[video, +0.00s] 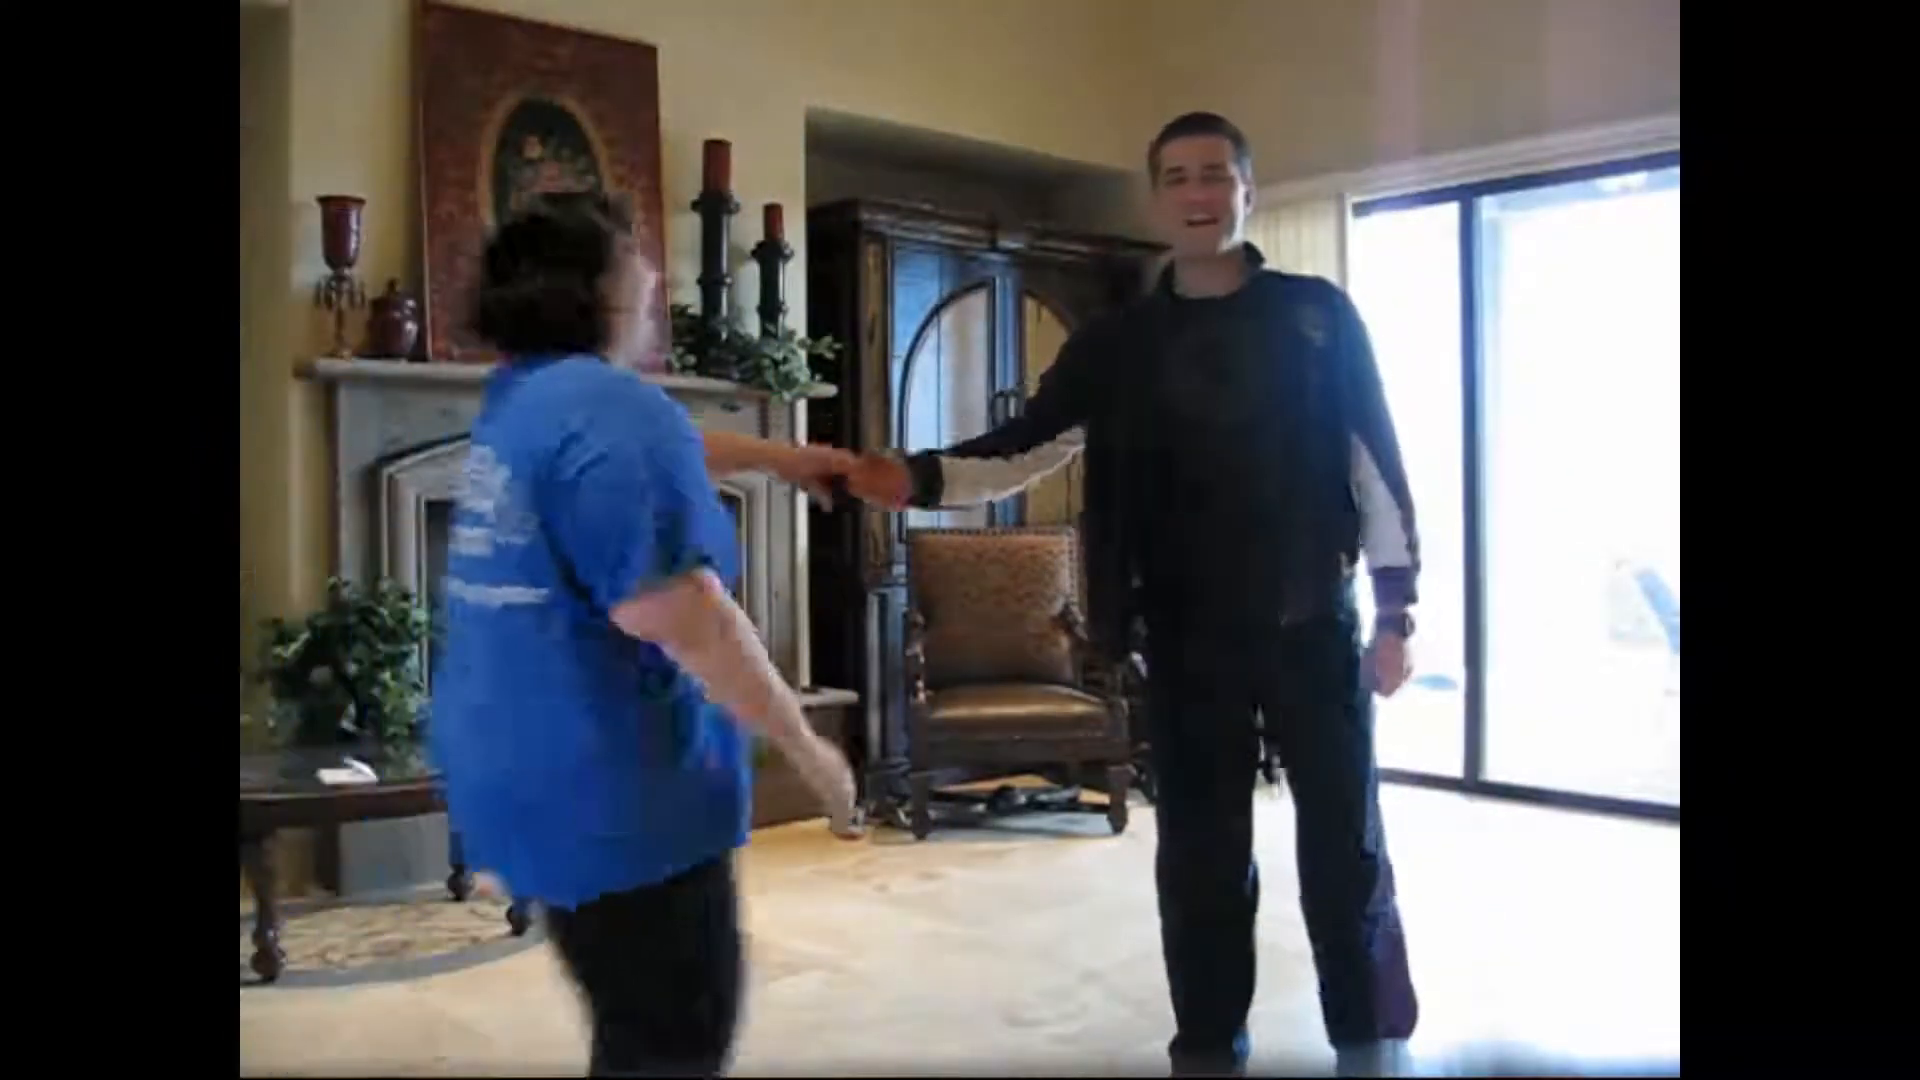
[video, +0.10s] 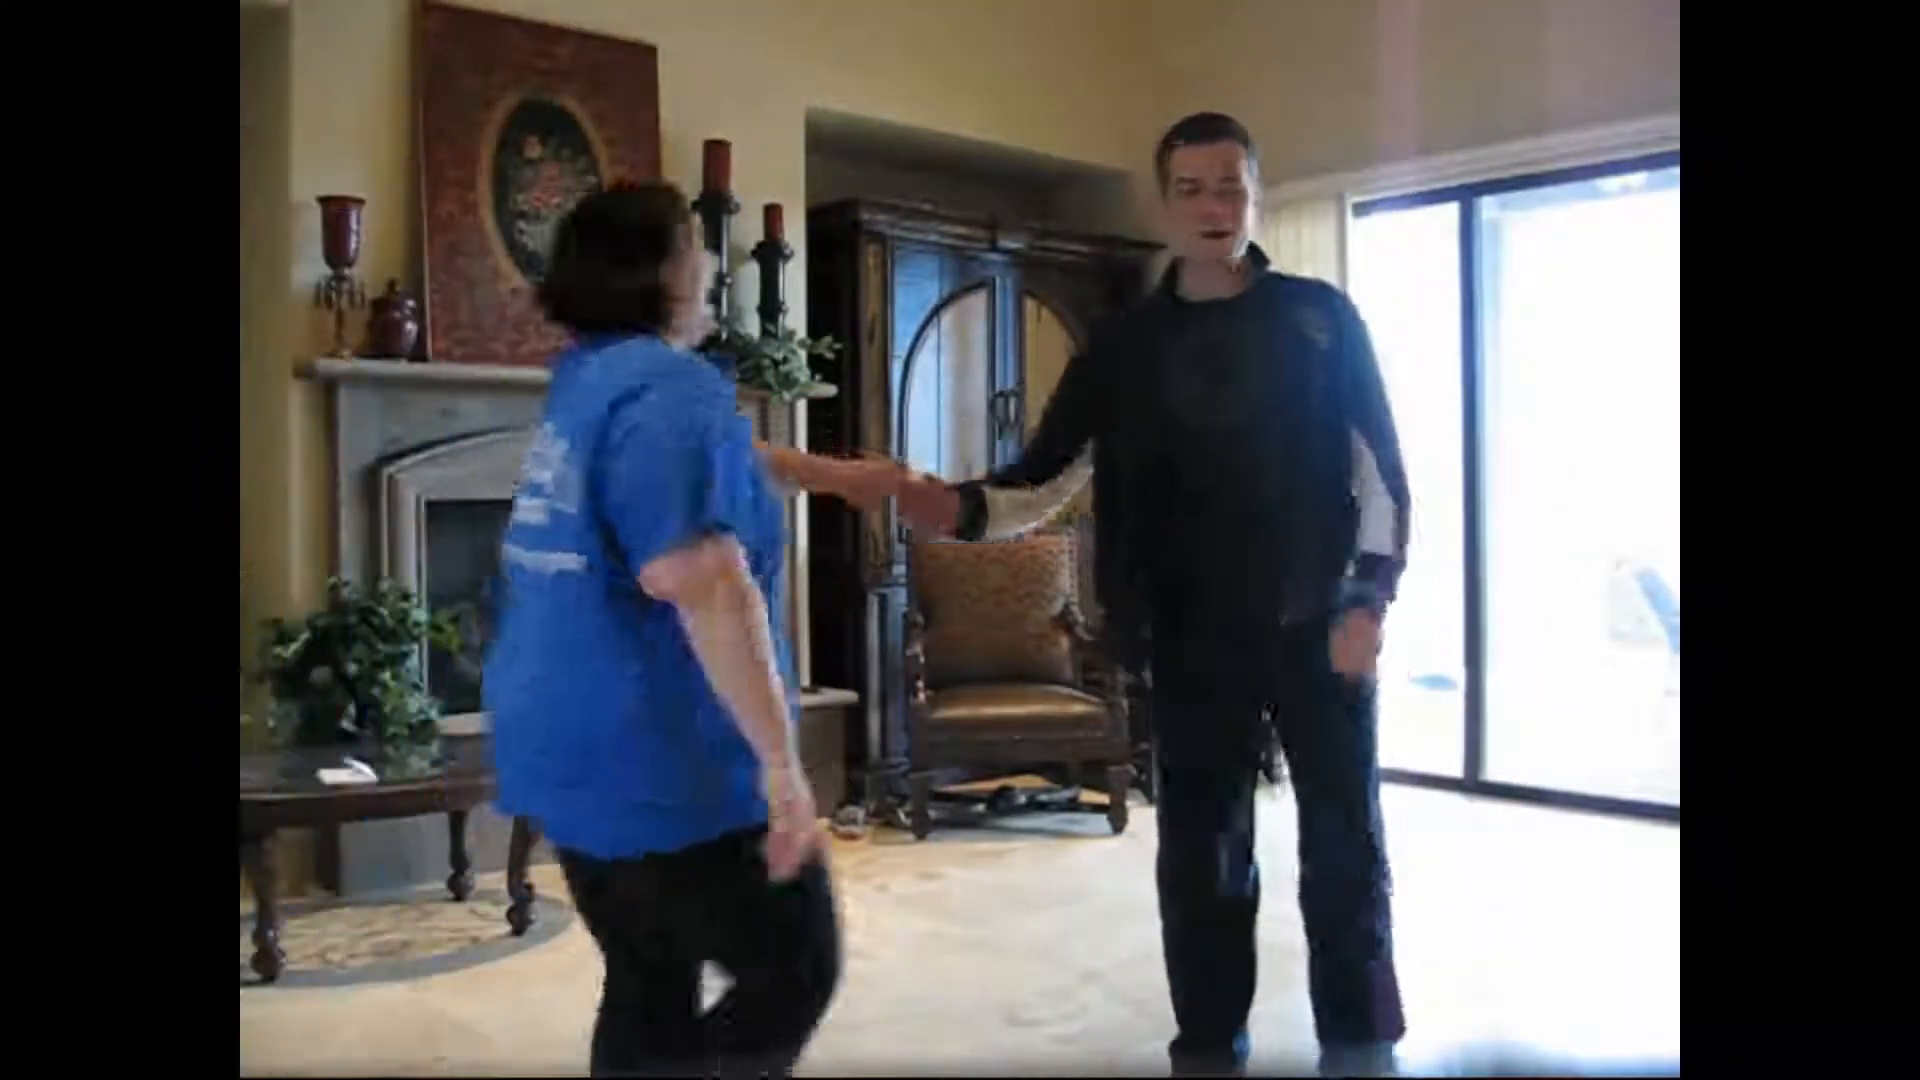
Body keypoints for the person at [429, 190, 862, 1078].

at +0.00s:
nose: (655, 281)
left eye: (648, 260)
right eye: (638, 261)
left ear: (529, 296)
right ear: (598, 287)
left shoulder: (525, 403)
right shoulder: (611, 415)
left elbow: (653, 446)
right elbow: (666, 600)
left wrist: (781, 459)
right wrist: (796, 738)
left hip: (553, 786)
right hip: (620, 798)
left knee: (643, 1030)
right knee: (674, 1037)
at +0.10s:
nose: (709, 264)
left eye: (700, 245)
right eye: (694, 247)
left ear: (589, 279)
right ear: (661, 273)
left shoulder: (588, 384)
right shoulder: (668, 391)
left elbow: (712, 457)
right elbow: (697, 573)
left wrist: (837, 477)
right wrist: (780, 762)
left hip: (576, 764)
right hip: (664, 770)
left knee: (649, 986)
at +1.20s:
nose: (961, 321)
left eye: (962, 308)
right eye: (939, 310)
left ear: (965, 323)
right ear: (885, 328)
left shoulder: (988, 422)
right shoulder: (829, 405)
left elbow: (1069, 513)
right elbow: (831, 471)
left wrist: (1154, 461)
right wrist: (871, 359)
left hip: (990, 702)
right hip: (865, 702)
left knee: (933, 911)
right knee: (921, 907)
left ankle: (905, 1064)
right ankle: (916, 1069)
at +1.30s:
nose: (955, 314)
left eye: (957, 301)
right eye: (932, 304)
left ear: (963, 319)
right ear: (879, 323)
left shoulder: (990, 421)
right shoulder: (824, 408)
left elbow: (1066, 511)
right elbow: (804, 480)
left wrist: (1153, 461)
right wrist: (875, 373)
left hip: (985, 705)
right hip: (857, 704)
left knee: (940, 913)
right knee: (893, 912)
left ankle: (928, 1066)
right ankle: (888, 1071)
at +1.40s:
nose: (935, 315)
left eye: (942, 303)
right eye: (912, 304)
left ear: (955, 324)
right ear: (864, 323)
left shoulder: (989, 420)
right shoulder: (817, 406)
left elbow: (1063, 510)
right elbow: (778, 490)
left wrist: (1154, 465)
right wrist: (868, 393)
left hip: (978, 705)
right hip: (846, 702)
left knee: (935, 924)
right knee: (870, 921)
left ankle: (923, 1070)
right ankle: (862, 1072)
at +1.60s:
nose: (888, 330)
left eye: (903, 315)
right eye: (871, 313)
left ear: (929, 329)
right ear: (838, 326)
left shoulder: (971, 421)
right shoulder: (794, 409)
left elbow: (1059, 503)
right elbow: (784, 486)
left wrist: (1157, 488)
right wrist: (852, 351)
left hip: (955, 710)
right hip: (817, 707)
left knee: (923, 915)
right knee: (825, 919)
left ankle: (915, 1066)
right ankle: (814, 1070)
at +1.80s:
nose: (837, 322)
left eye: (856, 307)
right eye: (824, 307)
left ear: (899, 318)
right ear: (805, 314)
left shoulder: (947, 416)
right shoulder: (768, 395)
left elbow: (1038, 505)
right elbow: (802, 462)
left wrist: (1154, 506)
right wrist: (889, 352)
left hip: (927, 709)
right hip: (788, 703)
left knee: (914, 917)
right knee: (808, 920)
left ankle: (913, 1064)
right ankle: (812, 1067)